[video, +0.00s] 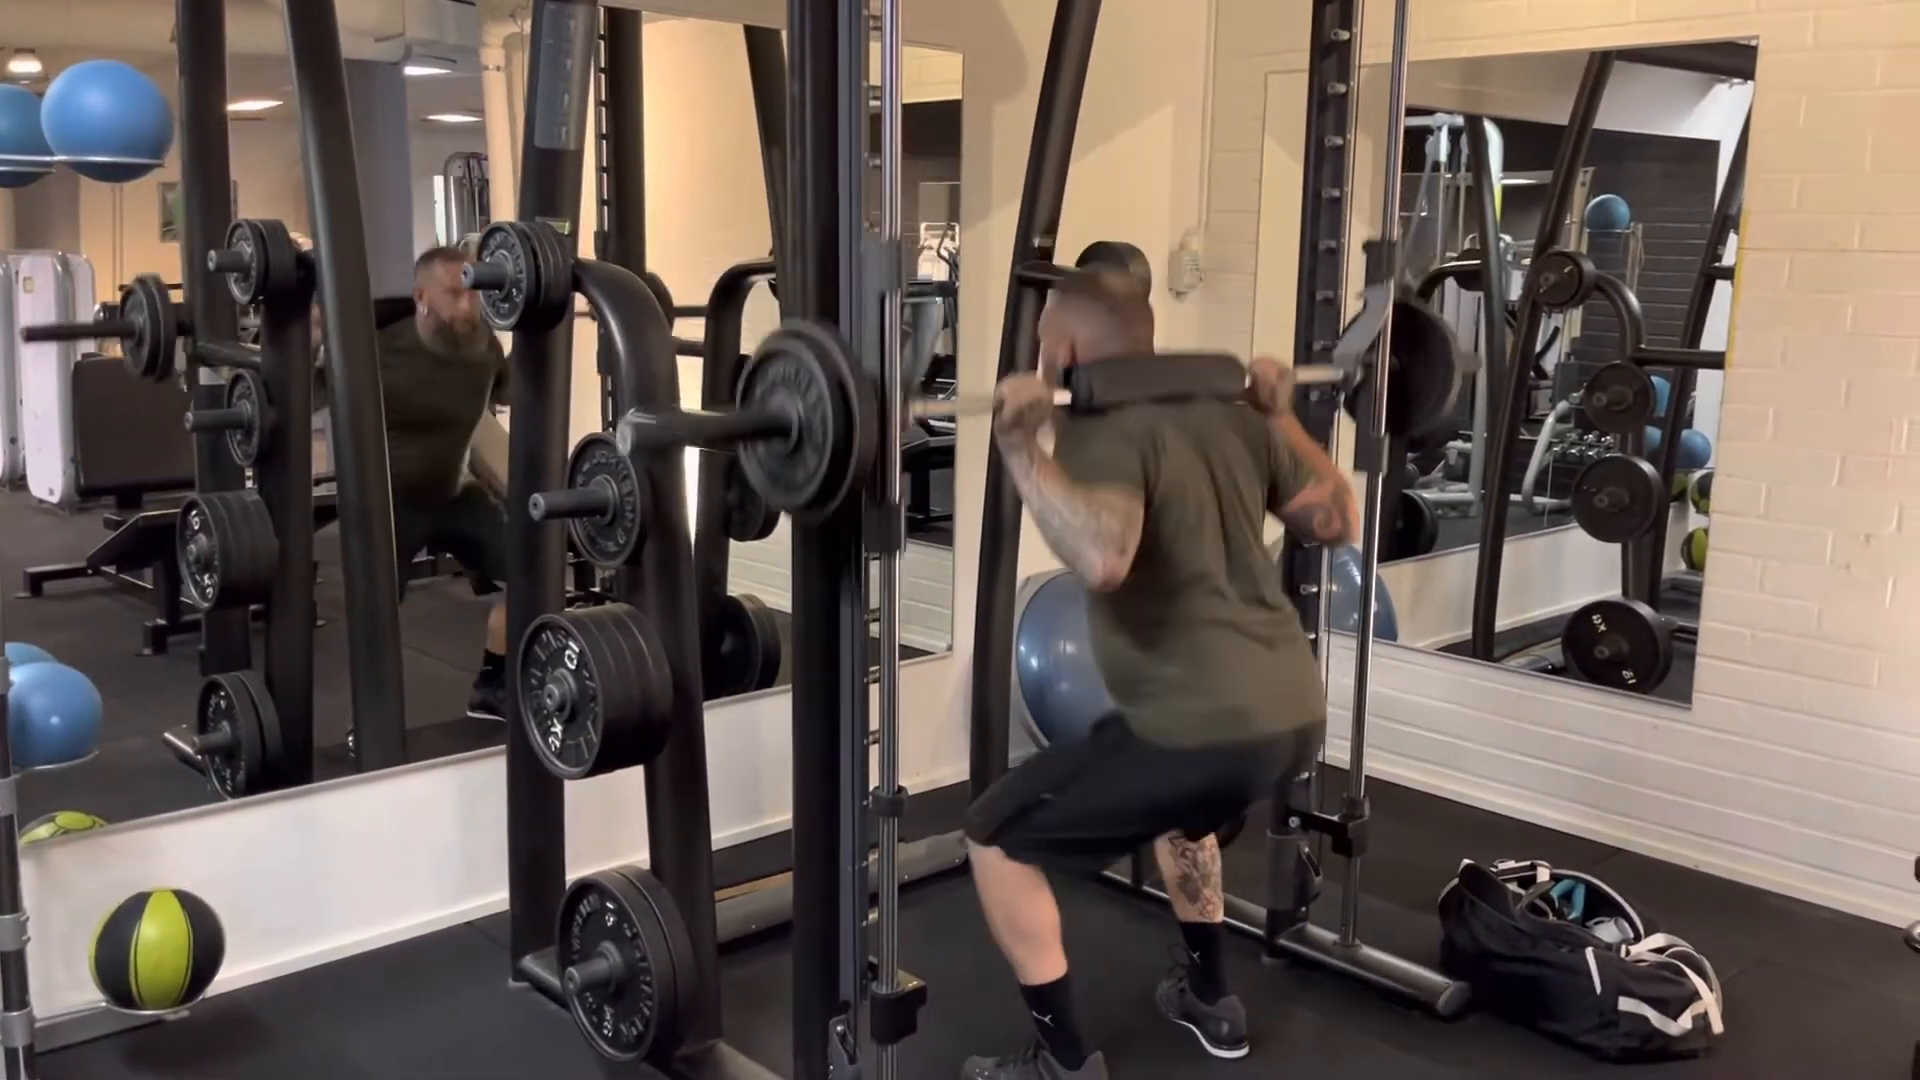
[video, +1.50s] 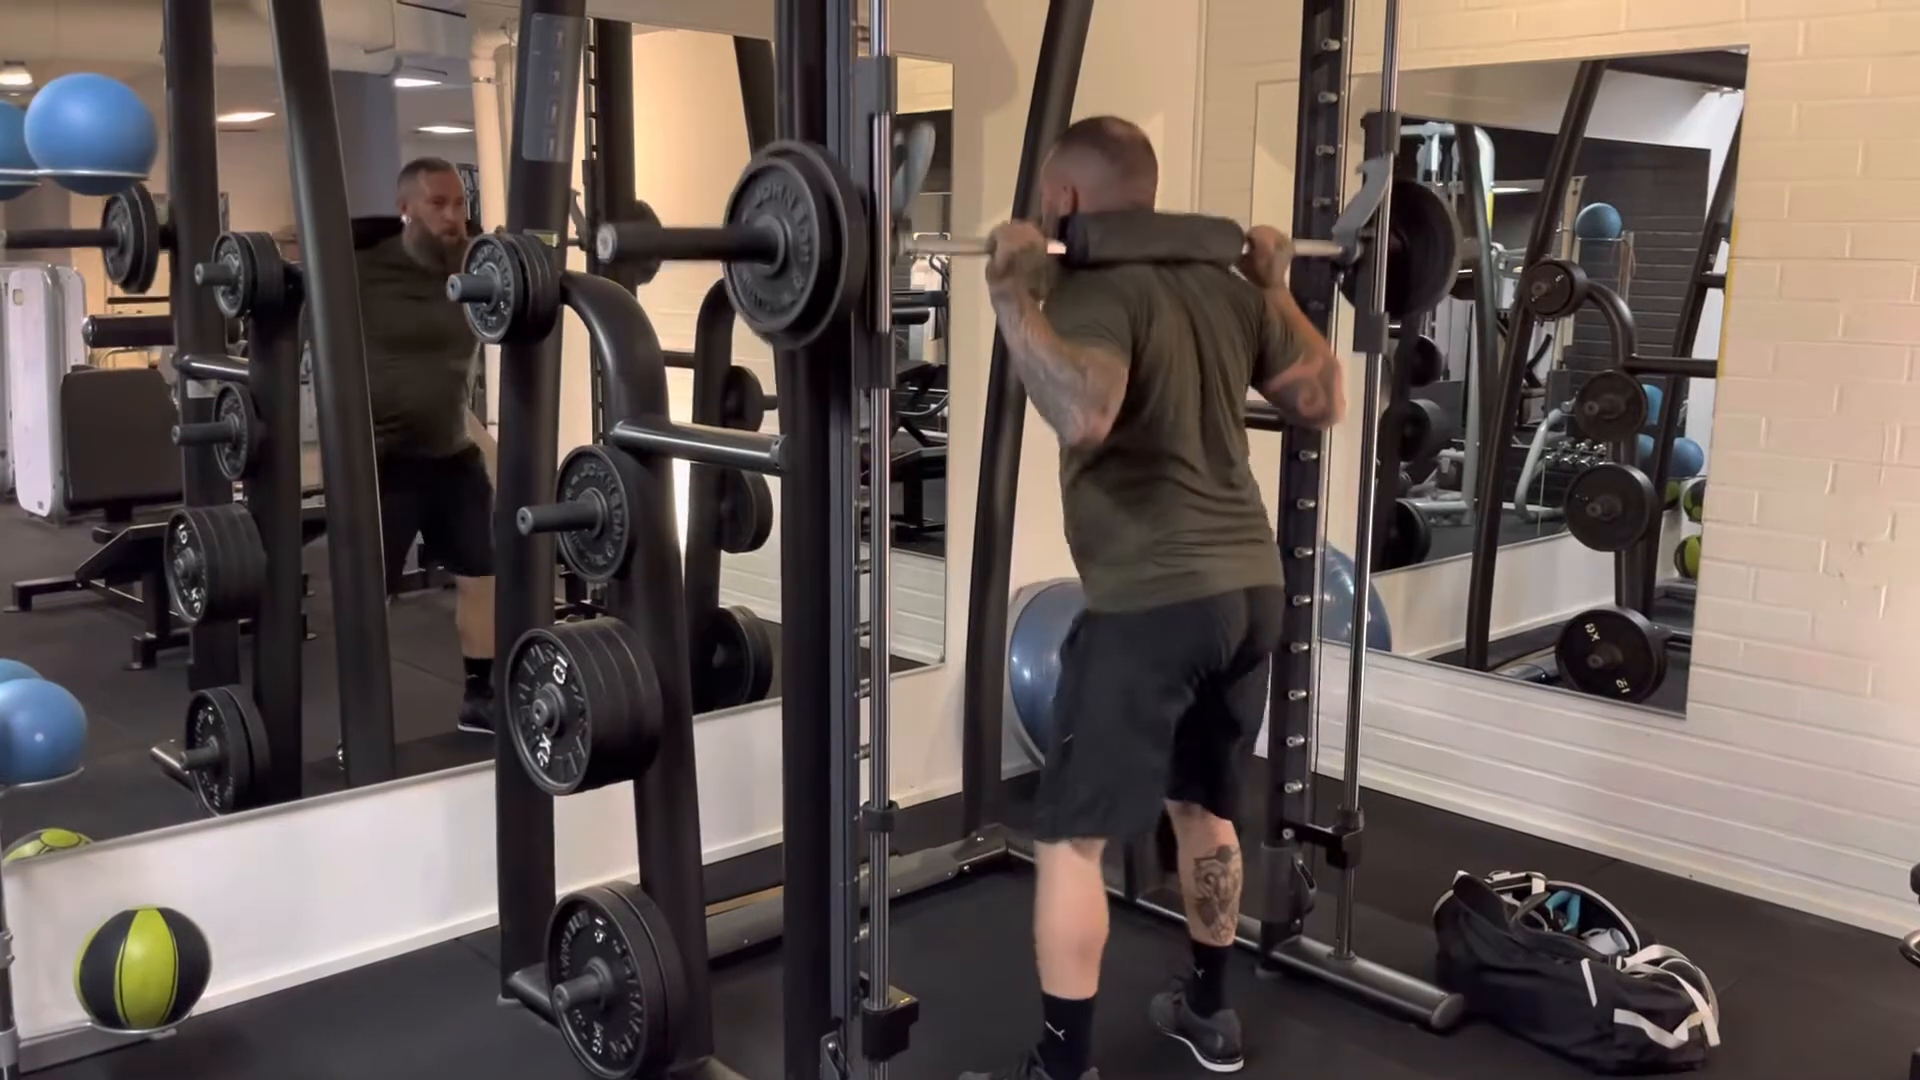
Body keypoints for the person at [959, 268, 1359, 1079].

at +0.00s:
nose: (1043, 347)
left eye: (1047, 330)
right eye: (1046, 328)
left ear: (1071, 337)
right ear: (1140, 333)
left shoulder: (1106, 423)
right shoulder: (1233, 412)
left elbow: (1102, 556)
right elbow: (1337, 517)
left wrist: (1023, 451)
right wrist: (1279, 413)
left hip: (1193, 733)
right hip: (1292, 719)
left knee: (996, 834)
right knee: (1178, 813)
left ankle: (1062, 1050)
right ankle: (1213, 998)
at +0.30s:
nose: (1037, 499)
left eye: (1038, 483)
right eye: (1035, 482)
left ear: (1064, 494)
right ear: (1139, 479)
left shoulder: (1101, 571)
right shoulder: (1227, 554)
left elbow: (1100, 705)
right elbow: (1335, 648)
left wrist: (1015, 596)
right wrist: (1273, 544)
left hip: (1212, 871)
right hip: (1308, 853)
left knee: (982, 841)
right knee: (1165, 800)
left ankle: (1058, 1054)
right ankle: (1209, 996)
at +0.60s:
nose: (1034, 557)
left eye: (1035, 540)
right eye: (1034, 539)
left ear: (1061, 552)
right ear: (1136, 536)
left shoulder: (1097, 630)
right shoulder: (1219, 605)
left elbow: (1091, 774)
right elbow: (1327, 705)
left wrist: (1008, 658)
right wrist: (1265, 597)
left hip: (1206, 930)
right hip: (1303, 905)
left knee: (975, 840)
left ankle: (1055, 1056)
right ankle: (1208, 1008)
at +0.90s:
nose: (1036, 489)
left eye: (1037, 475)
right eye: (1035, 474)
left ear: (1060, 485)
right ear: (1137, 472)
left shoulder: (1098, 565)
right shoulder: (1224, 551)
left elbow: (1094, 698)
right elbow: (1328, 647)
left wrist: (1009, 585)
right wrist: (1267, 540)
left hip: (1209, 855)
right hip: (1311, 843)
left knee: (981, 843)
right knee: (1154, 805)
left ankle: (1053, 1055)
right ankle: (1203, 999)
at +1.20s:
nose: (1041, 359)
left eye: (1044, 343)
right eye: (1043, 343)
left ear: (1065, 347)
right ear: (1140, 337)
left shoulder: (1097, 430)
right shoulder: (1225, 417)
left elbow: (1088, 562)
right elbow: (1328, 523)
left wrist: (1009, 451)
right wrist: (1270, 419)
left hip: (1193, 726)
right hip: (1292, 714)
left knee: (999, 844)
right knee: (1170, 815)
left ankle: (1054, 1060)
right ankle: (1205, 1010)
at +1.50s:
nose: (1041, 211)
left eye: (1044, 195)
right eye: (1045, 196)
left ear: (1069, 194)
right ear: (1148, 192)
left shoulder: (1099, 283)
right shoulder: (1225, 279)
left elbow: (1084, 413)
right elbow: (1317, 398)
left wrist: (1010, 289)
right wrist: (1275, 285)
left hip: (1151, 600)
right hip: (1250, 591)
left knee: (1075, 832)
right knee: (1203, 794)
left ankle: (1062, 1063)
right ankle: (1212, 1012)